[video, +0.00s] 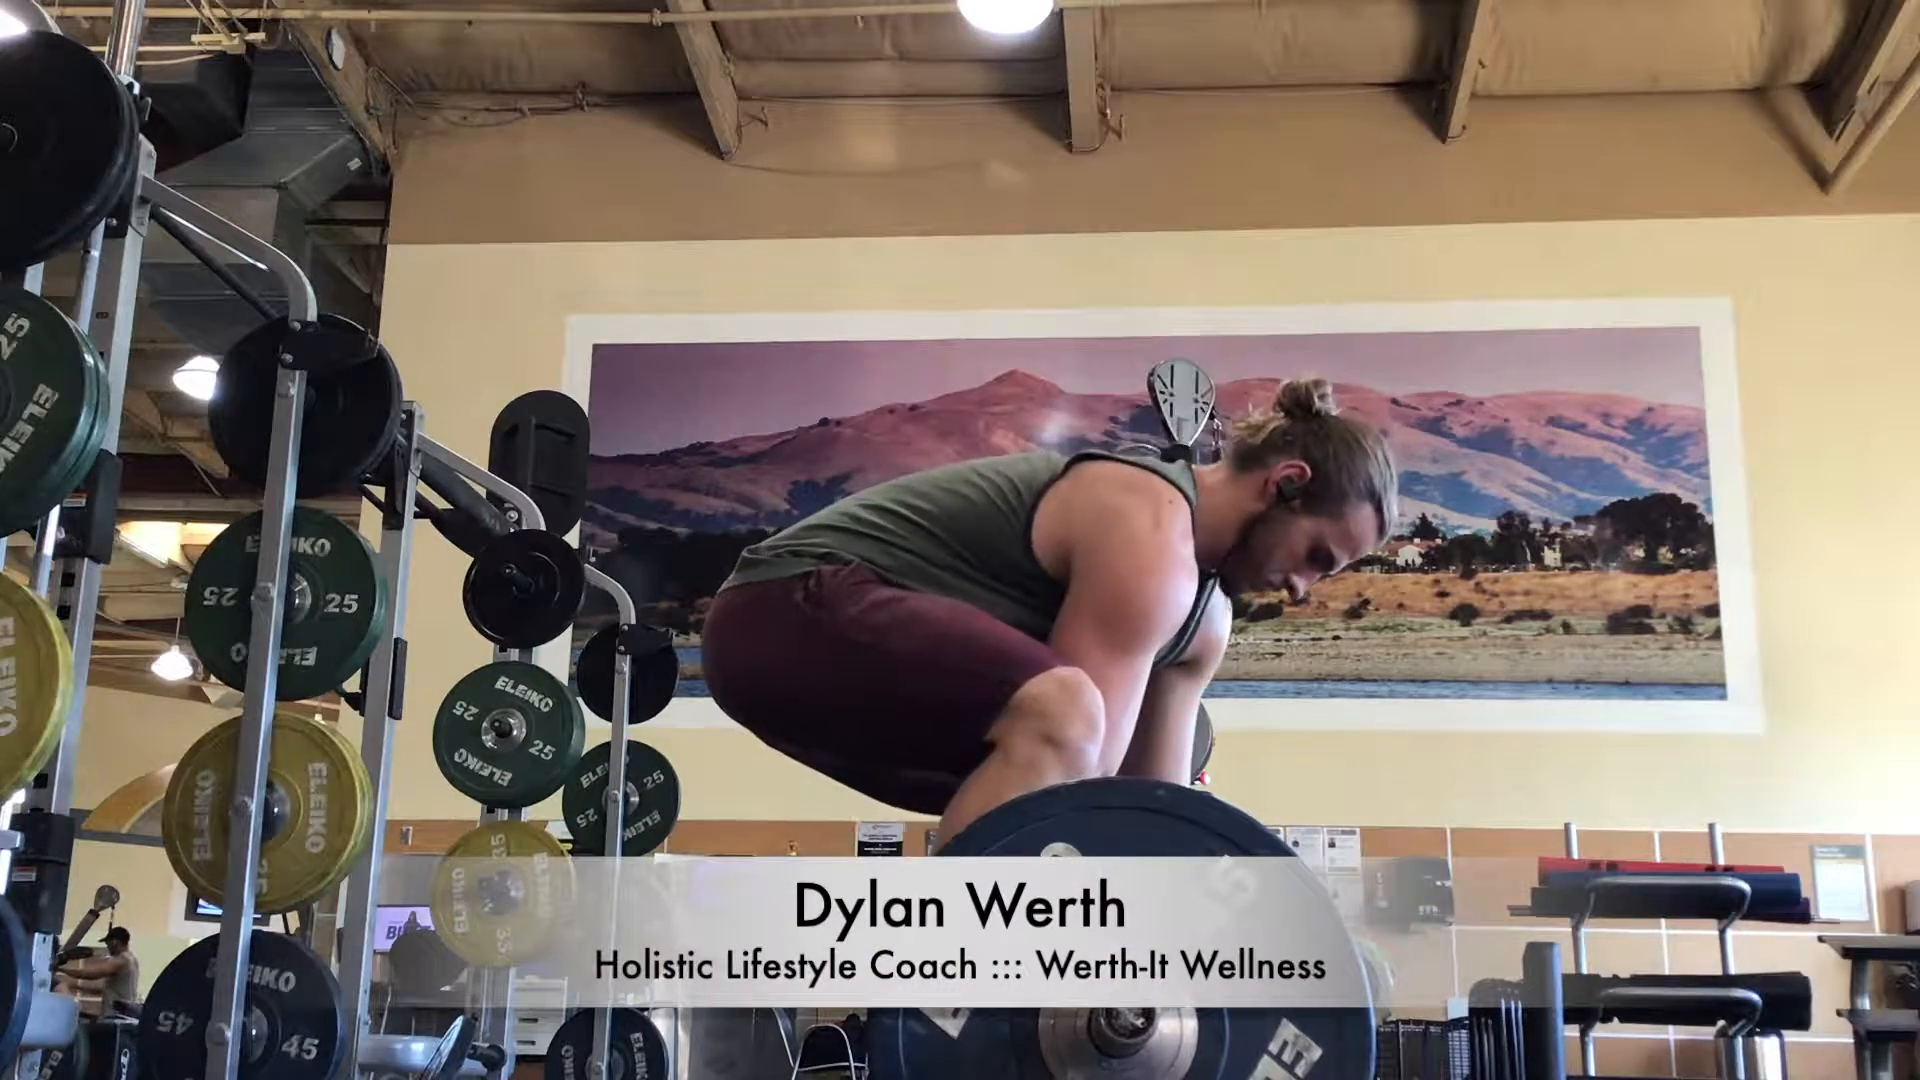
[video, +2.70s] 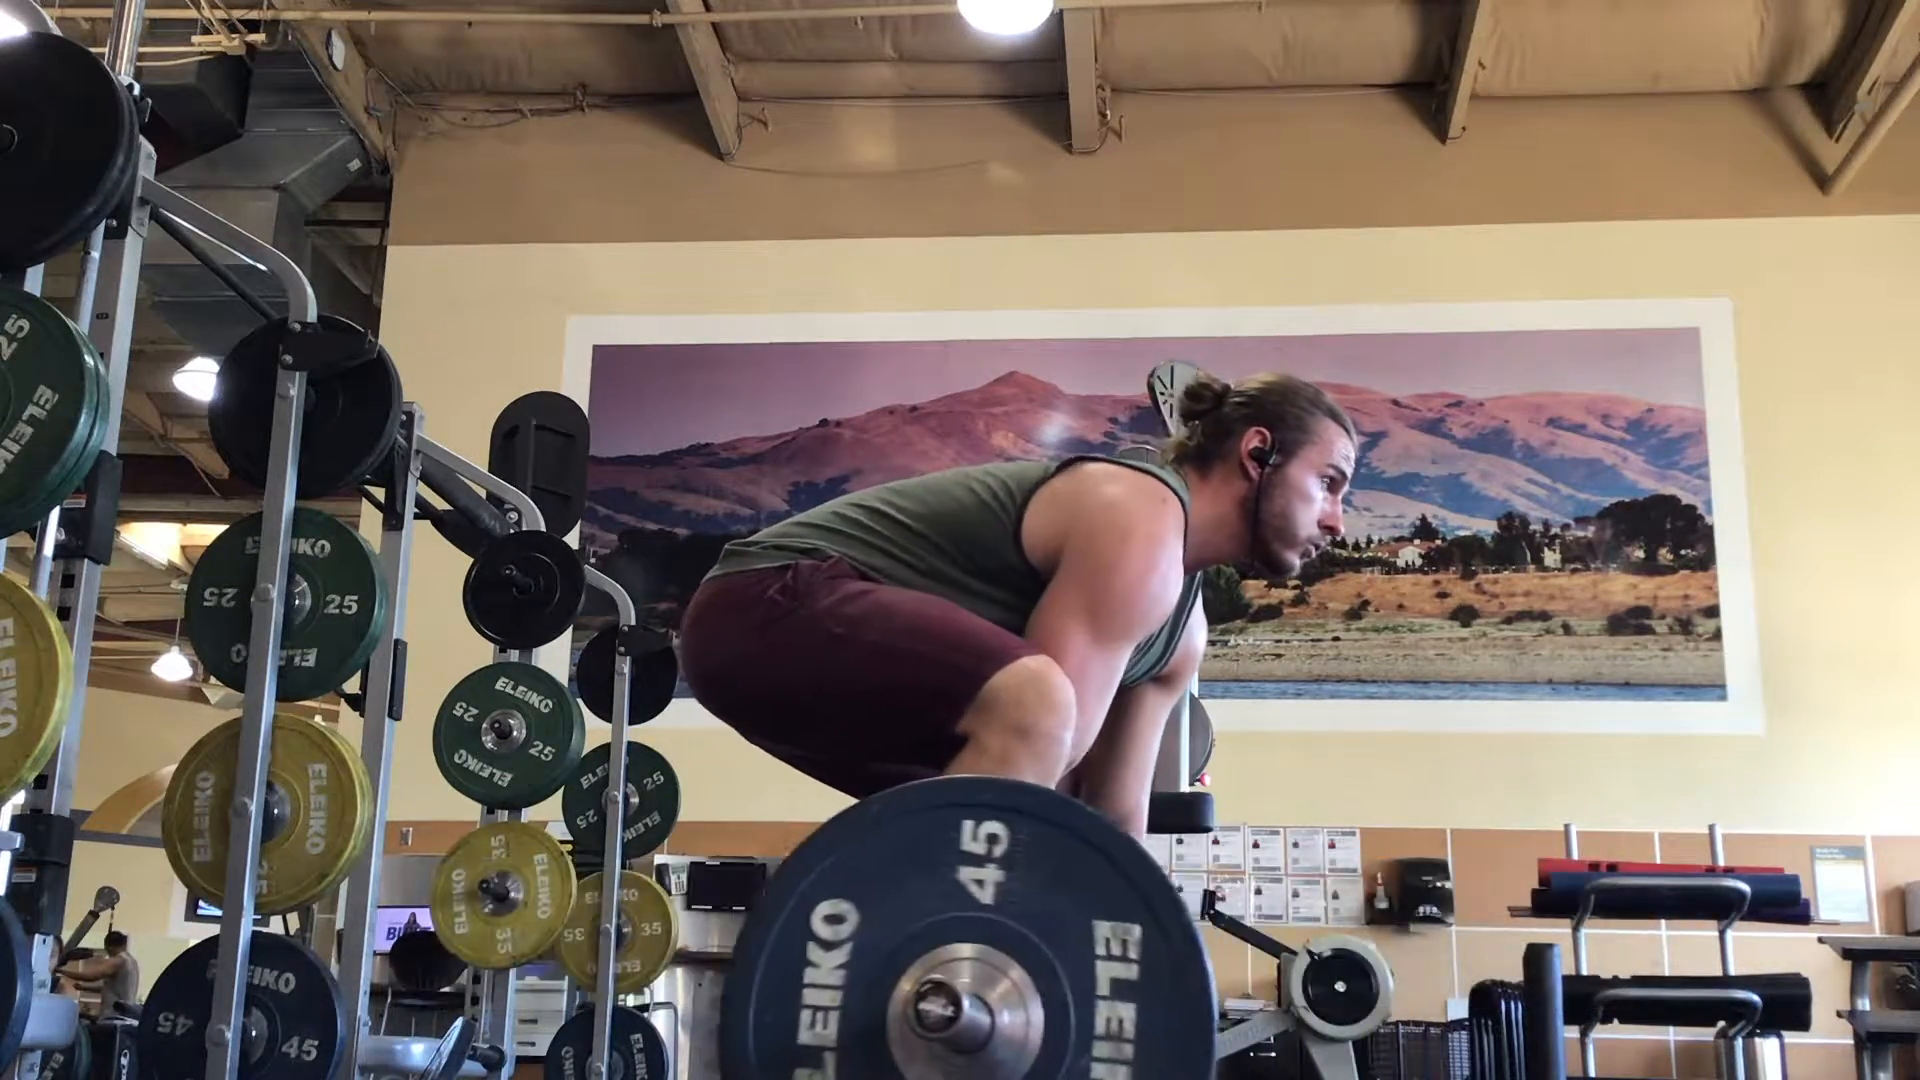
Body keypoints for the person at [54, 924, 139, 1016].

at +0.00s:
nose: (107, 947)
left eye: (108, 943)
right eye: (106, 943)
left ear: (116, 943)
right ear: (122, 943)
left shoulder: (121, 960)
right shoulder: (130, 960)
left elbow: (88, 974)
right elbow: (103, 987)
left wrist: (61, 969)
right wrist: (76, 985)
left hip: (113, 1017)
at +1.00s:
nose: (105, 946)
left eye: (107, 942)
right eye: (105, 942)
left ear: (114, 942)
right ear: (119, 943)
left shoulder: (119, 960)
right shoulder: (128, 961)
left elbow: (87, 976)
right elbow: (105, 988)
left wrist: (61, 970)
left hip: (108, 1017)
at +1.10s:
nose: (104, 946)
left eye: (106, 942)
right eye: (104, 943)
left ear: (113, 943)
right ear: (120, 943)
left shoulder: (118, 961)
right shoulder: (128, 961)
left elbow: (87, 977)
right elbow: (118, 988)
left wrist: (61, 970)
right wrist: (94, 989)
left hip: (108, 1017)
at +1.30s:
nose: (103, 947)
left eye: (104, 944)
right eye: (103, 944)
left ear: (111, 943)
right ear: (122, 943)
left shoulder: (117, 961)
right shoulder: (128, 961)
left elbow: (88, 977)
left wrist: (61, 971)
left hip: (107, 1018)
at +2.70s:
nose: (107, 950)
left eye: (107, 947)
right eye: (106, 947)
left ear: (110, 946)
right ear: (123, 944)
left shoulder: (119, 961)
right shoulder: (131, 962)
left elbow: (89, 977)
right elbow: (110, 988)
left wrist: (60, 971)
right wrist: (83, 987)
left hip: (111, 1018)